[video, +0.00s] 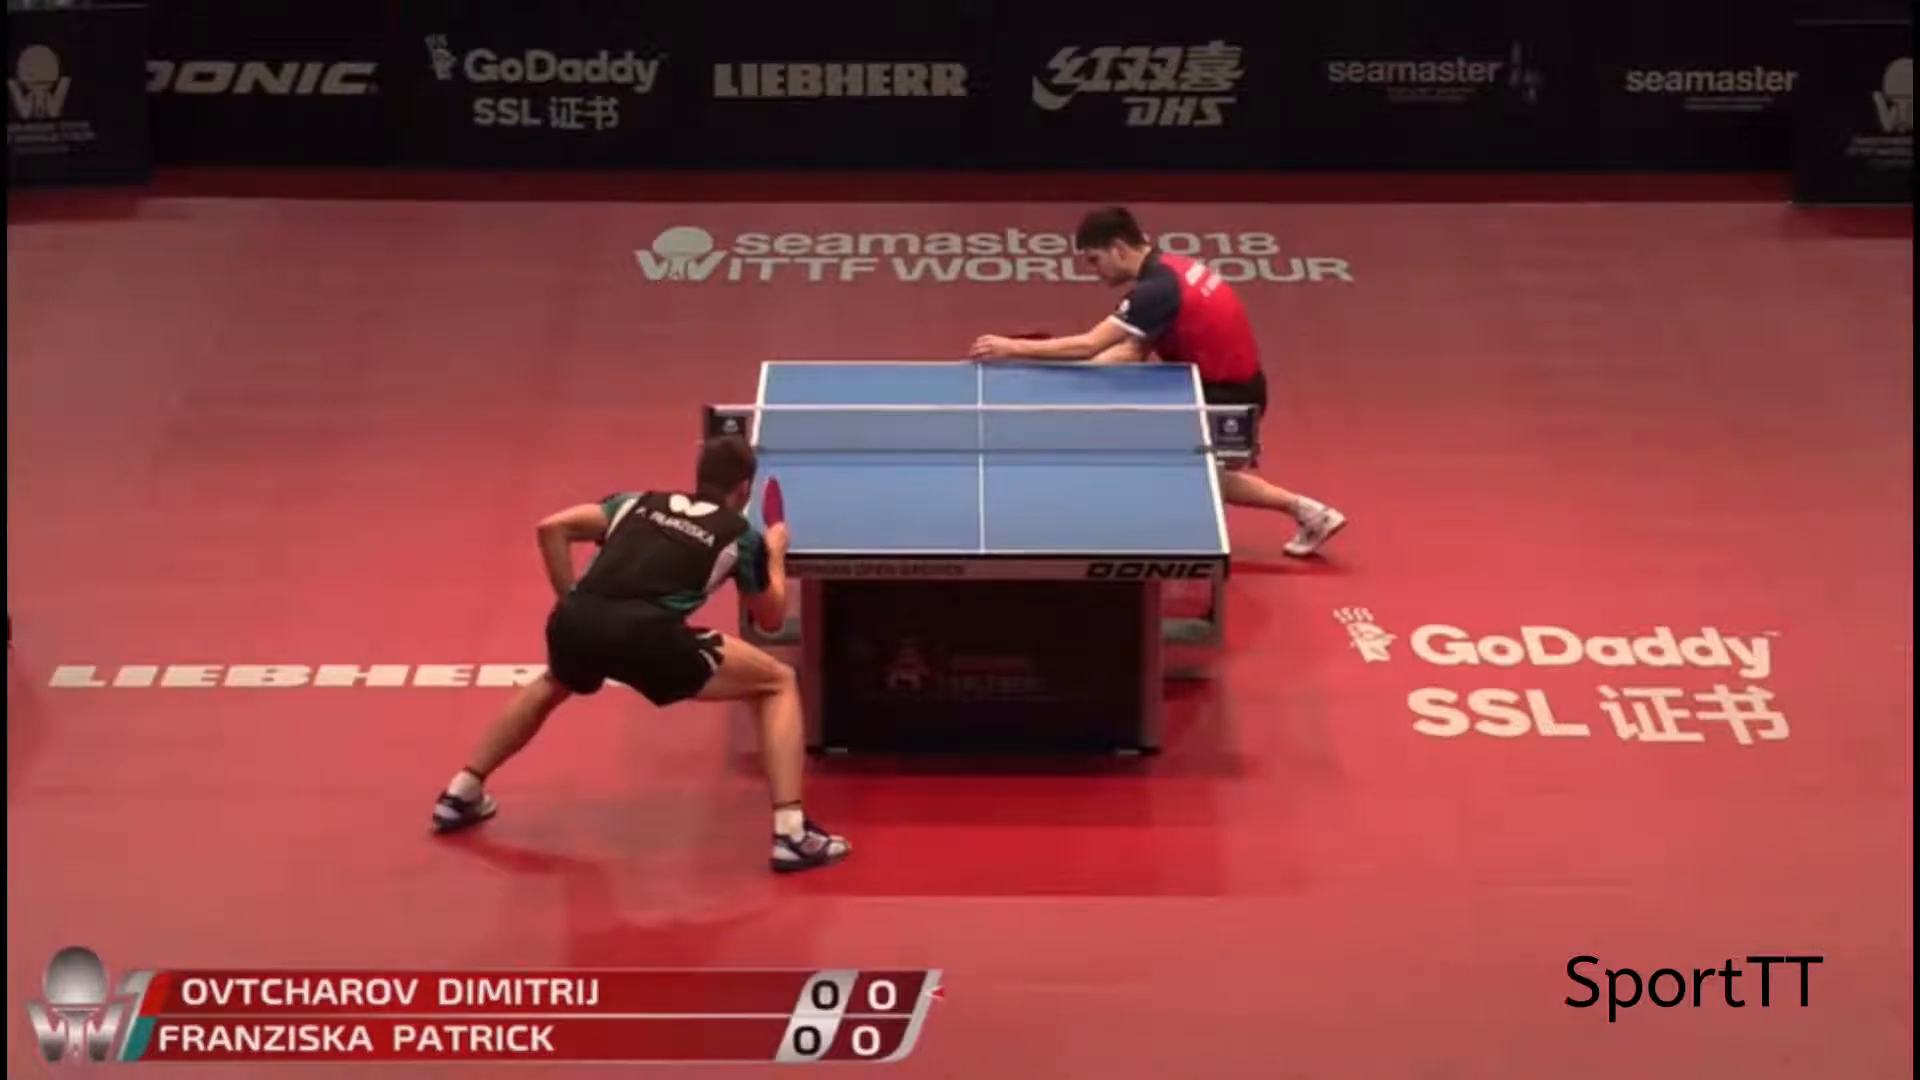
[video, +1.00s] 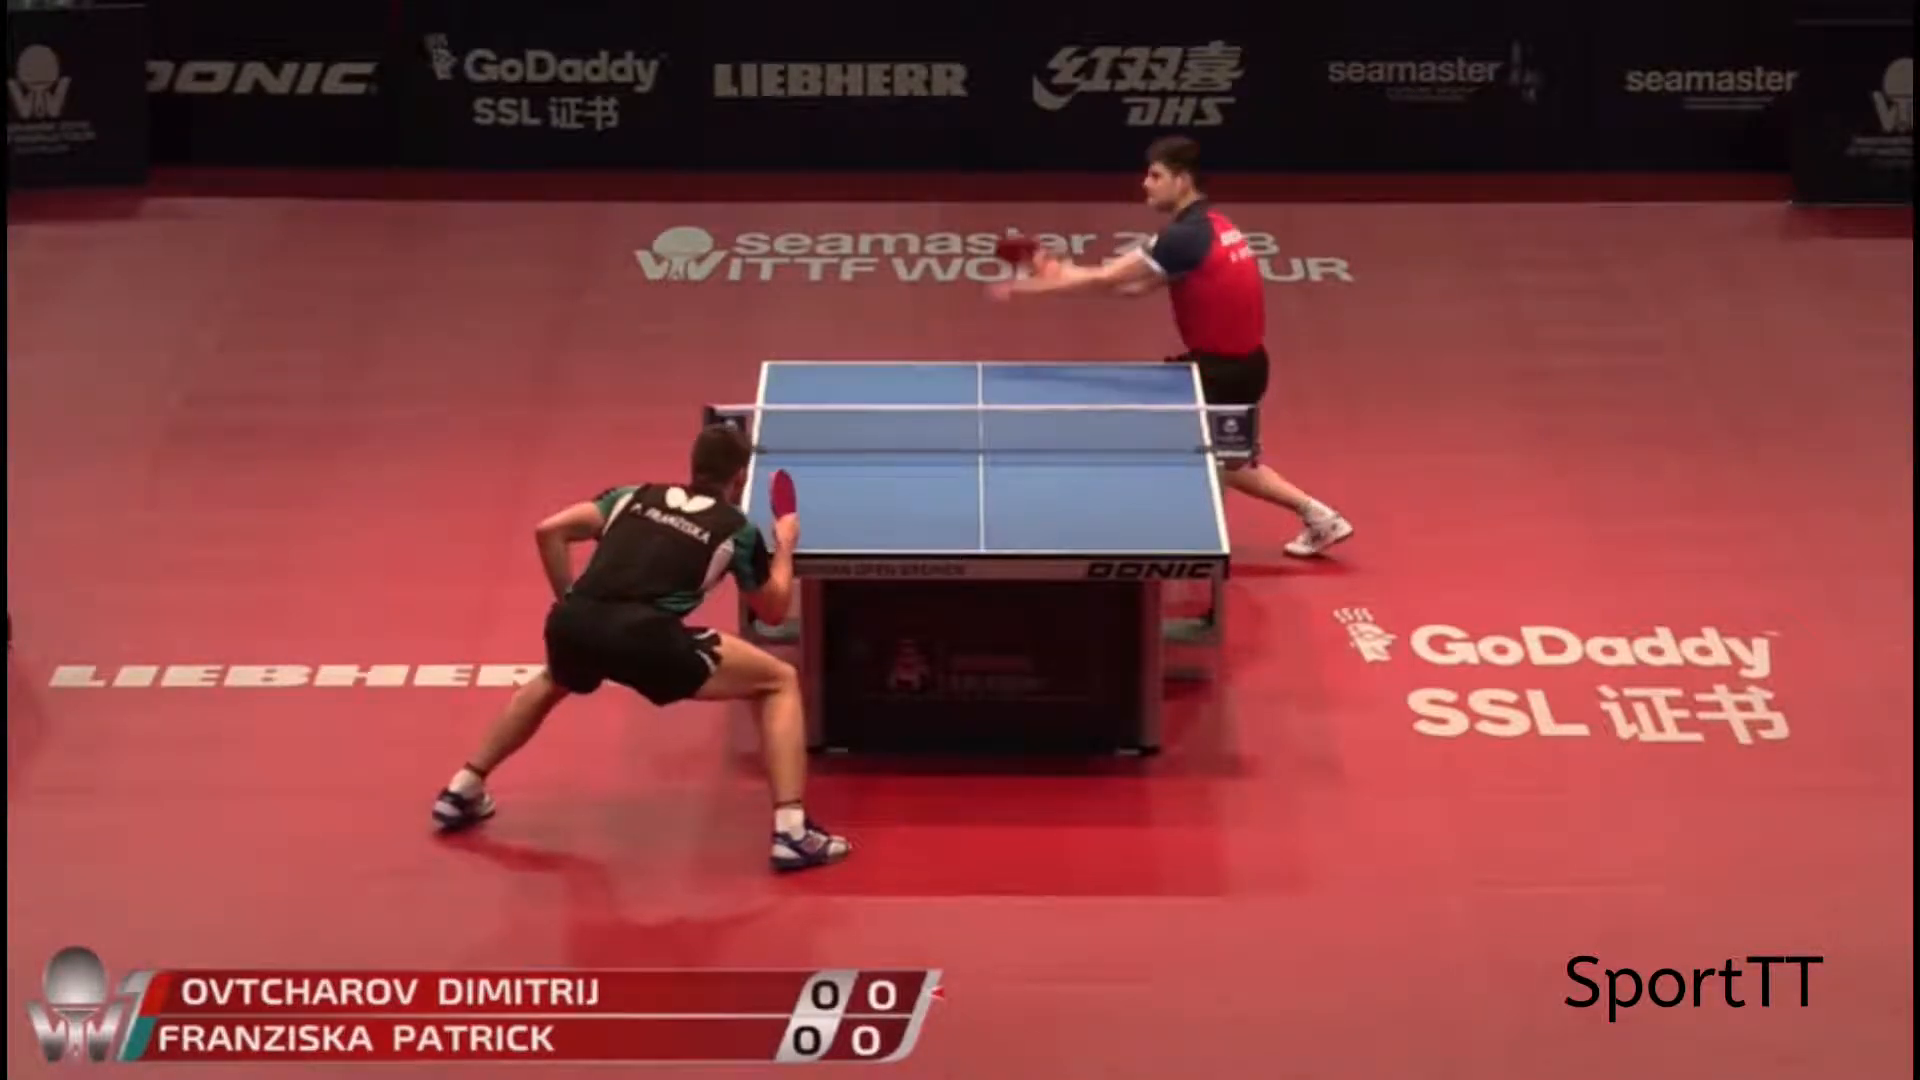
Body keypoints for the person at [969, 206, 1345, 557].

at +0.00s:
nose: (1093, 271)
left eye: (1094, 260)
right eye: (1090, 262)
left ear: (1119, 248)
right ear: (1128, 245)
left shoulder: (1158, 284)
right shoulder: (1166, 269)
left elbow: (1088, 345)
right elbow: (1135, 349)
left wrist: (1012, 348)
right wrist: (1079, 374)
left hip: (1231, 391)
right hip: (1210, 382)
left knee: (1213, 478)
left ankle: (1309, 512)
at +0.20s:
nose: (1094, 271)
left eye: (1096, 260)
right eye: (1091, 262)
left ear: (1123, 249)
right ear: (1131, 247)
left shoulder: (1158, 287)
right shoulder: (1167, 271)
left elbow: (1087, 346)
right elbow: (1134, 350)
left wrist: (1012, 351)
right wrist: (1079, 376)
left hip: (1230, 396)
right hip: (1220, 385)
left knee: (1207, 479)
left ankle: (1307, 512)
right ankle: (1305, 511)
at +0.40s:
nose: (1102, 260)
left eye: (1106, 249)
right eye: (1100, 250)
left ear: (1135, 245)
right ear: (1139, 245)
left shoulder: (1164, 287)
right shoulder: (1178, 273)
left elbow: (1081, 334)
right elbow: (1126, 350)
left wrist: (1006, 329)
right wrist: (1061, 355)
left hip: (1229, 400)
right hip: (1233, 391)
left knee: (1204, 480)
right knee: (1203, 473)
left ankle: (1305, 511)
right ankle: (1304, 511)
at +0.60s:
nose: (1115, 244)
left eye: (1121, 234)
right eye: (1115, 235)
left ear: (1150, 235)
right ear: (1155, 234)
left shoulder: (1169, 282)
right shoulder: (1186, 269)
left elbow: (1084, 322)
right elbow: (1126, 342)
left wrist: (1008, 320)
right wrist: (1056, 337)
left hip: (1230, 400)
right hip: (1225, 393)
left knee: (1207, 481)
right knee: (1202, 473)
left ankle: (1306, 512)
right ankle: (1304, 511)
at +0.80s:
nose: (1130, 221)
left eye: (1137, 212)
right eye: (1131, 212)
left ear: (1164, 215)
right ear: (1170, 216)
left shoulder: (1179, 265)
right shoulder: (1200, 254)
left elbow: (1096, 314)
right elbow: (1133, 327)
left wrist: (1021, 325)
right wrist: (1066, 325)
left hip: (1231, 391)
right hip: (1227, 384)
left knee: (1215, 478)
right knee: (1214, 473)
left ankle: (1312, 514)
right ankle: (1308, 515)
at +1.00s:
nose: (1145, 184)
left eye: (1154, 176)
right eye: (1147, 175)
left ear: (1180, 181)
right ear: (1182, 183)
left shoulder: (1188, 234)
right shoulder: (1210, 223)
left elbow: (1112, 276)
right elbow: (1139, 283)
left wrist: (1053, 278)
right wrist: (1070, 273)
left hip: (1223, 369)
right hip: (1238, 364)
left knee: (1230, 467)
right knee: (1232, 466)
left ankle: (1319, 516)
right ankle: (1318, 517)